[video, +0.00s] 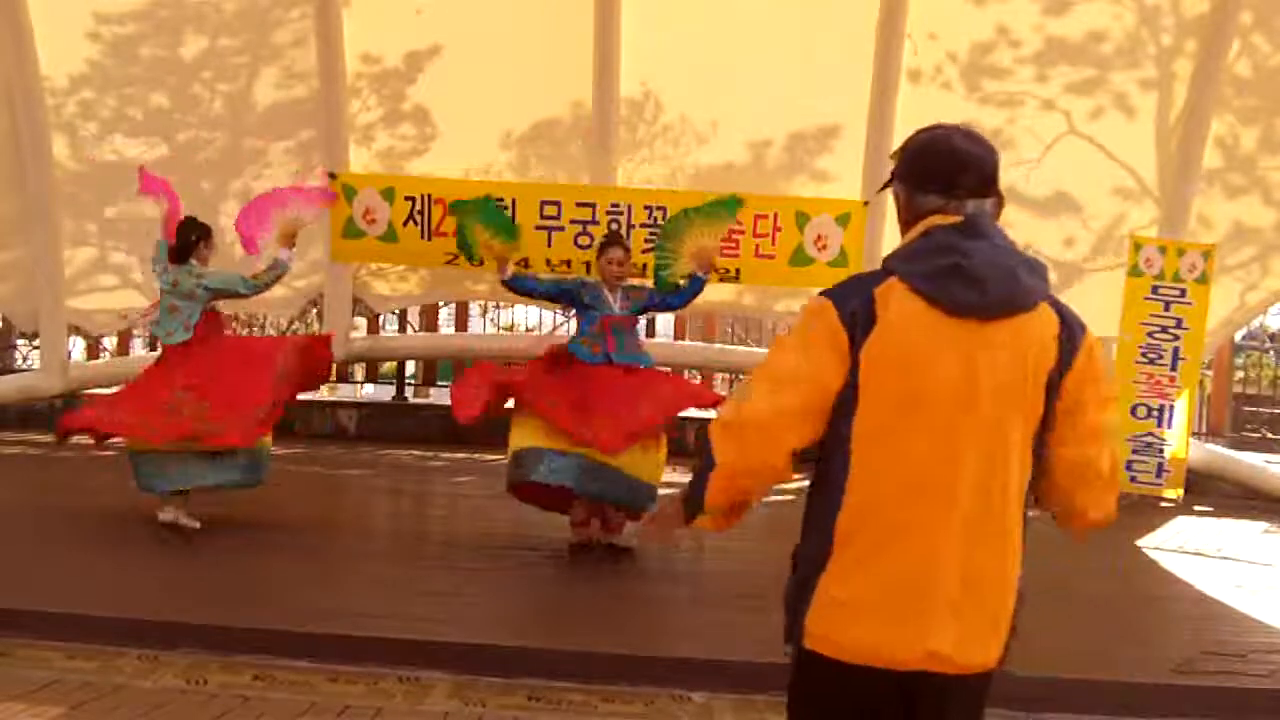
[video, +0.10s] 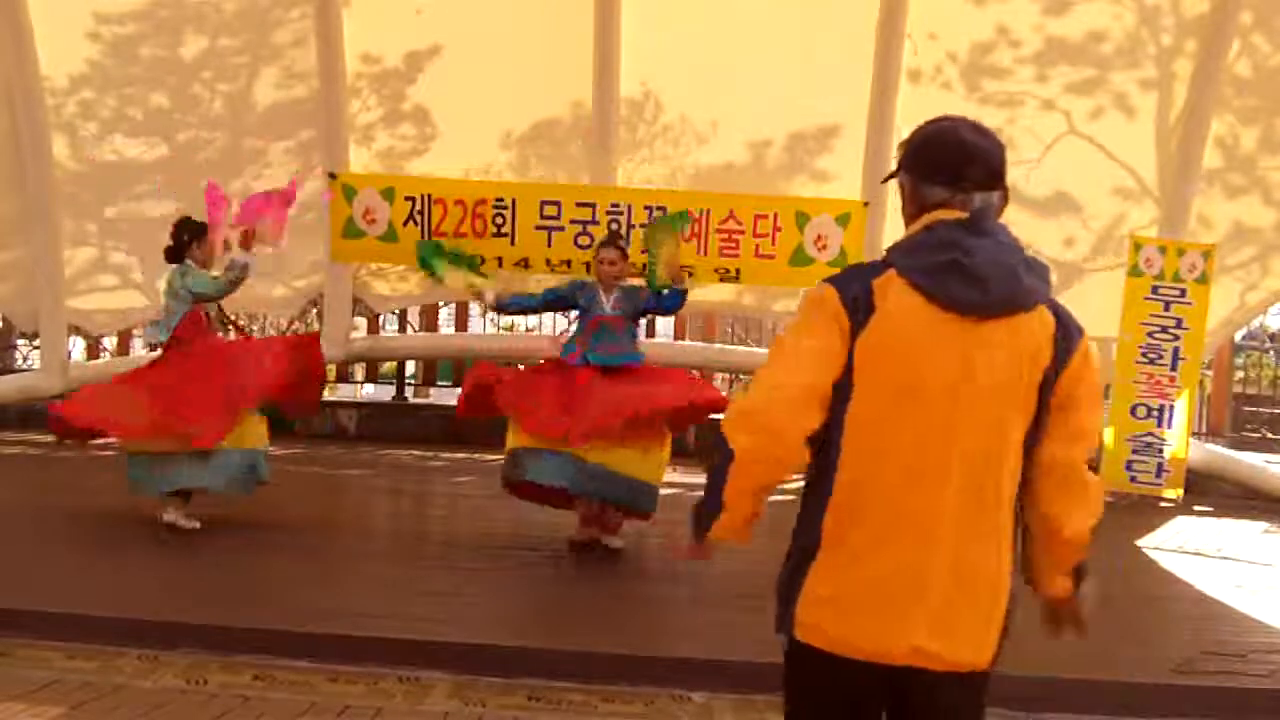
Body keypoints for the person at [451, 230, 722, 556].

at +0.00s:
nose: (615, 267)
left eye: (621, 262)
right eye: (610, 261)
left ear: (629, 265)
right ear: (598, 263)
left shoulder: (637, 296)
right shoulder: (583, 291)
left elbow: (676, 300)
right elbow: (543, 289)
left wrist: (702, 273)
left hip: (630, 378)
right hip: (586, 377)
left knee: (621, 453)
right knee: (585, 450)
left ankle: (611, 533)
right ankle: (583, 532)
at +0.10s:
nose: (608, 268)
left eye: (614, 263)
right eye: (603, 263)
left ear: (626, 266)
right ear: (595, 264)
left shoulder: (636, 296)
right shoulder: (582, 291)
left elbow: (667, 306)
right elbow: (541, 301)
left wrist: (678, 284)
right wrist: (497, 302)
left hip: (625, 377)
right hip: (585, 376)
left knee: (618, 452)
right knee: (587, 451)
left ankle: (609, 528)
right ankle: (586, 527)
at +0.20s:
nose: (601, 270)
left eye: (608, 265)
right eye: (597, 264)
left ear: (622, 267)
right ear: (591, 265)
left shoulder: (628, 298)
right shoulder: (582, 294)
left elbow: (652, 316)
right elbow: (548, 316)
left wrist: (638, 298)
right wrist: (516, 331)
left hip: (623, 379)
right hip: (585, 376)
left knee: (617, 451)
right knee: (589, 449)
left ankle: (605, 528)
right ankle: (587, 525)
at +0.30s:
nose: (596, 267)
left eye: (603, 261)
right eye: (592, 260)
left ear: (615, 265)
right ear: (584, 265)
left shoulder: (624, 298)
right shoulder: (577, 302)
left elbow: (633, 325)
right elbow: (556, 341)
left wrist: (605, 317)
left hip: (621, 385)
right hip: (582, 380)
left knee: (615, 457)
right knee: (589, 453)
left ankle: (602, 527)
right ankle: (586, 527)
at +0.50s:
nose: (582, 272)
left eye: (590, 266)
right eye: (581, 265)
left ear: (610, 269)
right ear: (582, 267)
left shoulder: (616, 301)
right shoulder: (587, 300)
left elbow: (610, 340)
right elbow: (589, 340)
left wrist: (569, 341)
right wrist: (560, 338)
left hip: (610, 386)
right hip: (585, 385)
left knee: (603, 451)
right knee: (584, 448)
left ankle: (605, 529)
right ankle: (586, 526)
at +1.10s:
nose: (579, 271)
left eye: (587, 265)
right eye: (577, 264)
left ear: (603, 270)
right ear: (573, 267)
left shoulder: (611, 303)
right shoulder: (566, 299)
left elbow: (605, 347)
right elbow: (547, 334)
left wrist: (567, 360)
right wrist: (540, 353)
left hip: (600, 387)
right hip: (565, 385)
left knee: (597, 453)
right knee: (567, 453)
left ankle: (597, 527)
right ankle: (572, 525)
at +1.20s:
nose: (578, 270)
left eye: (586, 265)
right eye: (576, 264)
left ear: (603, 270)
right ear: (573, 267)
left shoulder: (612, 304)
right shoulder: (564, 298)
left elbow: (604, 348)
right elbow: (533, 317)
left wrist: (564, 360)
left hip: (597, 385)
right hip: (562, 383)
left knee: (588, 449)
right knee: (558, 449)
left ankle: (577, 523)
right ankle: (556, 524)